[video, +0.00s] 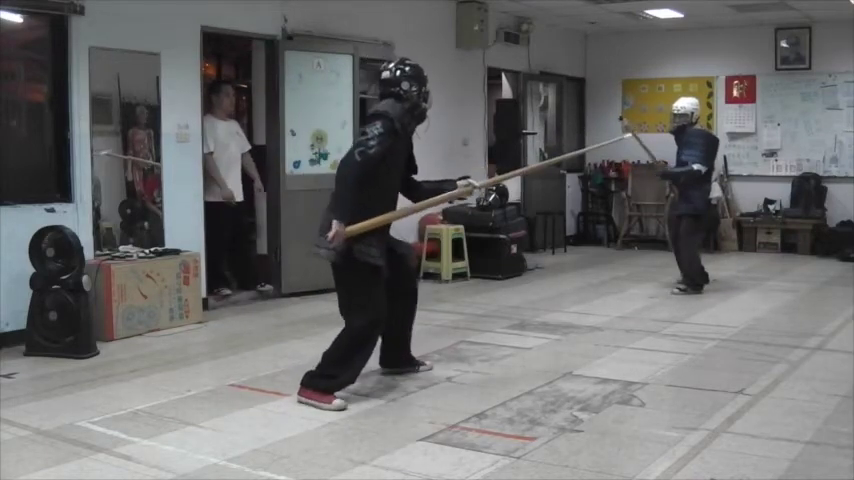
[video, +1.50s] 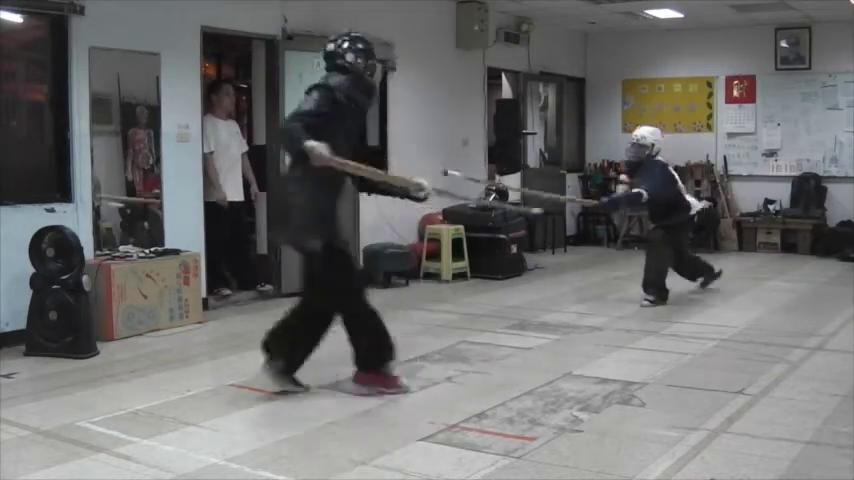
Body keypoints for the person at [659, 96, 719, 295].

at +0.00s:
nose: (676, 120)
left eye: (681, 116)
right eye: (675, 116)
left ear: (692, 117)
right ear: (673, 115)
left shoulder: (698, 137)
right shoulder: (684, 138)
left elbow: (698, 170)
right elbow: (686, 168)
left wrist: (668, 173)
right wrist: (669, 169)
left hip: (695, 196)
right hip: (684, 195)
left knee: (685, 235)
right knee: (678, 234)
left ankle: (694, 281)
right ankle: (693, 275)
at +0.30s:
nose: (677, 121)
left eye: (681, 117)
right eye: (675, 116)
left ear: (693, 117)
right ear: (674, 116)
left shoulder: (698, 137)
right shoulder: (684, 137)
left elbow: (695, 169)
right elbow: (685, 166)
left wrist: (665, 174)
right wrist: (668, 169)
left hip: (696, 196)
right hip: (685, 195)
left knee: (684, 235)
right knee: (678, 234)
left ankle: (695, 280)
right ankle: (692, 275)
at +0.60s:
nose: (668, 125)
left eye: (673, 120)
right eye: (666, 120)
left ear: (683, 121)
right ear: (667, 120)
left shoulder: (692, 140)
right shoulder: (676, 141)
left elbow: (688, 173)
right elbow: (677, 169)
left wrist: (657, 174)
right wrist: (660, 171)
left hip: (693, 197)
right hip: (682, 195)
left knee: (682, 232)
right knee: (677, 230)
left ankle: (679, 281)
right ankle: (696, 272)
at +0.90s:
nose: (661, 133)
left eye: (666, 129)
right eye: (660, 129)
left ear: (678, 130)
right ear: (657, 129)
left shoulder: (680, 150)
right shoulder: (668, 148)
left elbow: (668, 179)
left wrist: (636, 188)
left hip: (686, 206)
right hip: (680, 205)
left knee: (666, 239)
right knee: (668, 239)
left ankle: (672, 286)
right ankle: (690, 275)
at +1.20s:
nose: (653, 136)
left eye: (658, 132)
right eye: (652, 131)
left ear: (669, 133)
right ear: (649, 130)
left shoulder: (668, 153)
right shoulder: (662, 150)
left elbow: (665, 193)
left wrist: (639, 200)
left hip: (677, 206)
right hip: (678, 204)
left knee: (663, 244)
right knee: (675, 243)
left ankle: (663, 290)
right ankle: (693, 276)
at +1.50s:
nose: (633, 151)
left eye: (639, 147)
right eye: (633, 146)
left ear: (652, 150)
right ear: (631, 145)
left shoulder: (657, 169)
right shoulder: (639, 169)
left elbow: (645, 194)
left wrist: (615, 201)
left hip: (678, 218)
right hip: (664, 219)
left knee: (657, 245)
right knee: (678, 257)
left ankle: (657, 294)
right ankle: (709, 273)